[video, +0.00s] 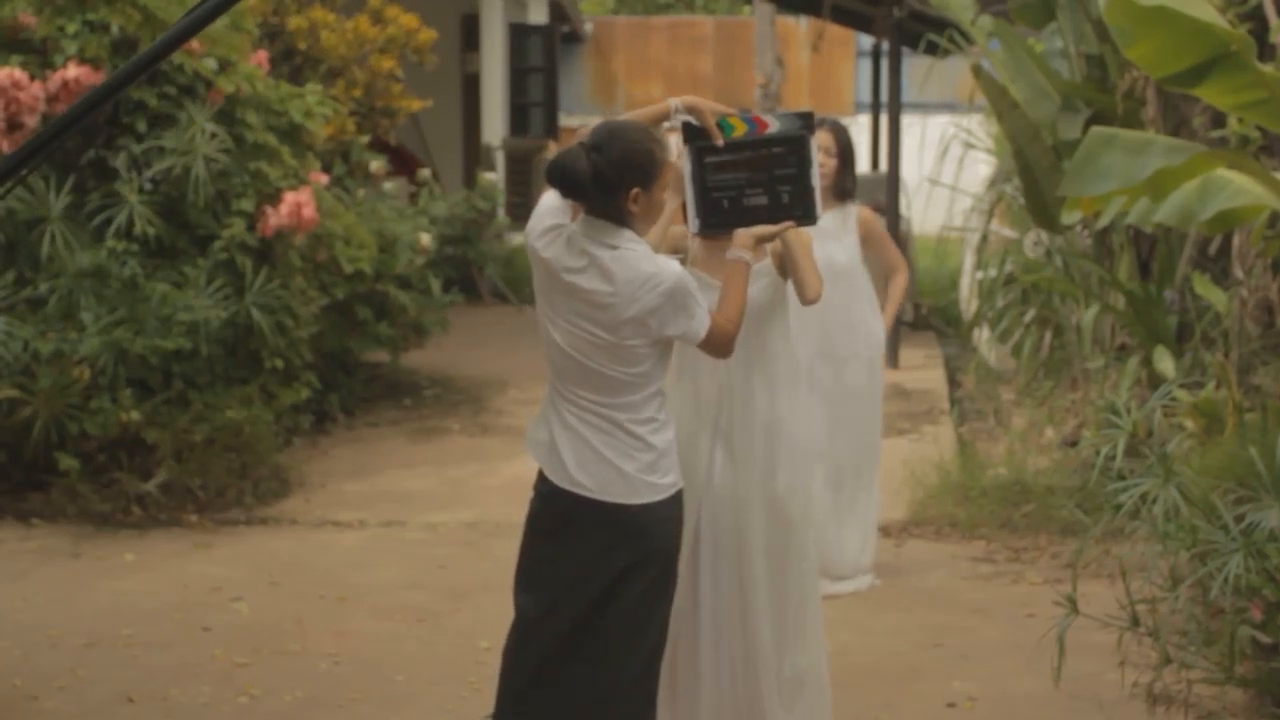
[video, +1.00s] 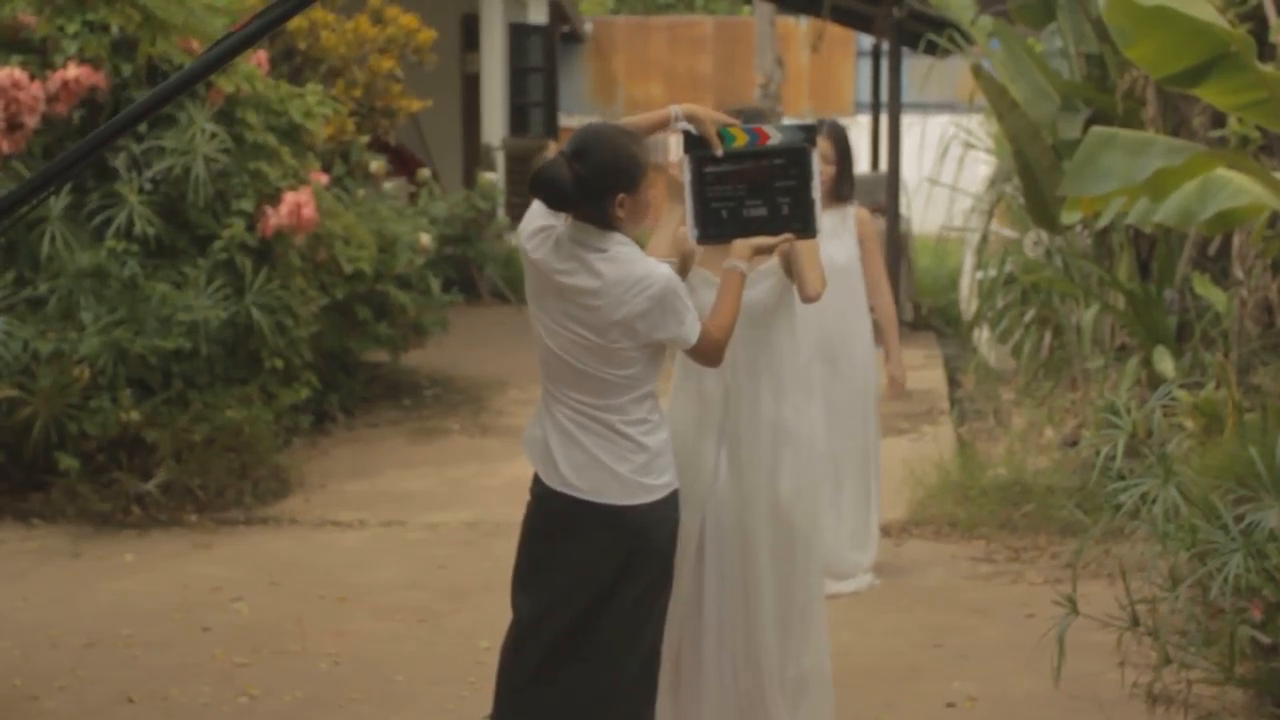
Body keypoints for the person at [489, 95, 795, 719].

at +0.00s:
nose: (670, 194)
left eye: (670, 182)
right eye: (665, 185)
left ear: (592, 191)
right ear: (634, 198)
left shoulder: (549, 233)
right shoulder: (654, 278)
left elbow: (579, 151)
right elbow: (721, 336)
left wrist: (662, 112)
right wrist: (740, 250)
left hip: (562, 480)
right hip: (640, 491)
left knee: (537, 651)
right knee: (624, 666)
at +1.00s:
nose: (661, 185)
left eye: (658, 174)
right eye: (652, 179)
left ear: (584, 195)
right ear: (622, 202)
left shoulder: (539, 239)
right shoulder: (646, 281)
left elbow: (573, 139)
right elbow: (709, 348)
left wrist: (672, 114)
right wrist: (737, 263)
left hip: (559, 485)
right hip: (637, 495)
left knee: (535, 650)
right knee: (623, 664)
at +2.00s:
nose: (636, 185)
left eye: (631, 175)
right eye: (632, 177)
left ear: (557, 182)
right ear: (621, 197)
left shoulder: (530, 241)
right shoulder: (639, 280)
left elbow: (567, 152)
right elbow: (703, 350)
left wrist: (663, 116)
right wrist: (730, 264)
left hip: (553, 489)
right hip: (632, 496)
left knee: (529, 651)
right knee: (619, 662)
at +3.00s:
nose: (627, 180)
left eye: (623, 170)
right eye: (622, 172)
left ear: (546, 181)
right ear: (612, 189)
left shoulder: (525, 244)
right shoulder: (638, 280)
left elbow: (556, 158)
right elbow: (701, 352)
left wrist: (656, 119)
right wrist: (726, 266)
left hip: (552, 488)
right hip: (631, 496)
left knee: (528, 650)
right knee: (618, 661)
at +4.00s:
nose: (625, 181)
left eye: (619, 170)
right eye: (620, 172)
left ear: (548, 181)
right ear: (608, 188)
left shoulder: (523, 243)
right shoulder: (635, 281)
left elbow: (563, 155)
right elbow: (701, 352)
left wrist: (659, 121)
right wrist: (727, 266)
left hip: (551, 488)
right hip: (629, 496)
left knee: (526, 654)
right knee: (618, 666)